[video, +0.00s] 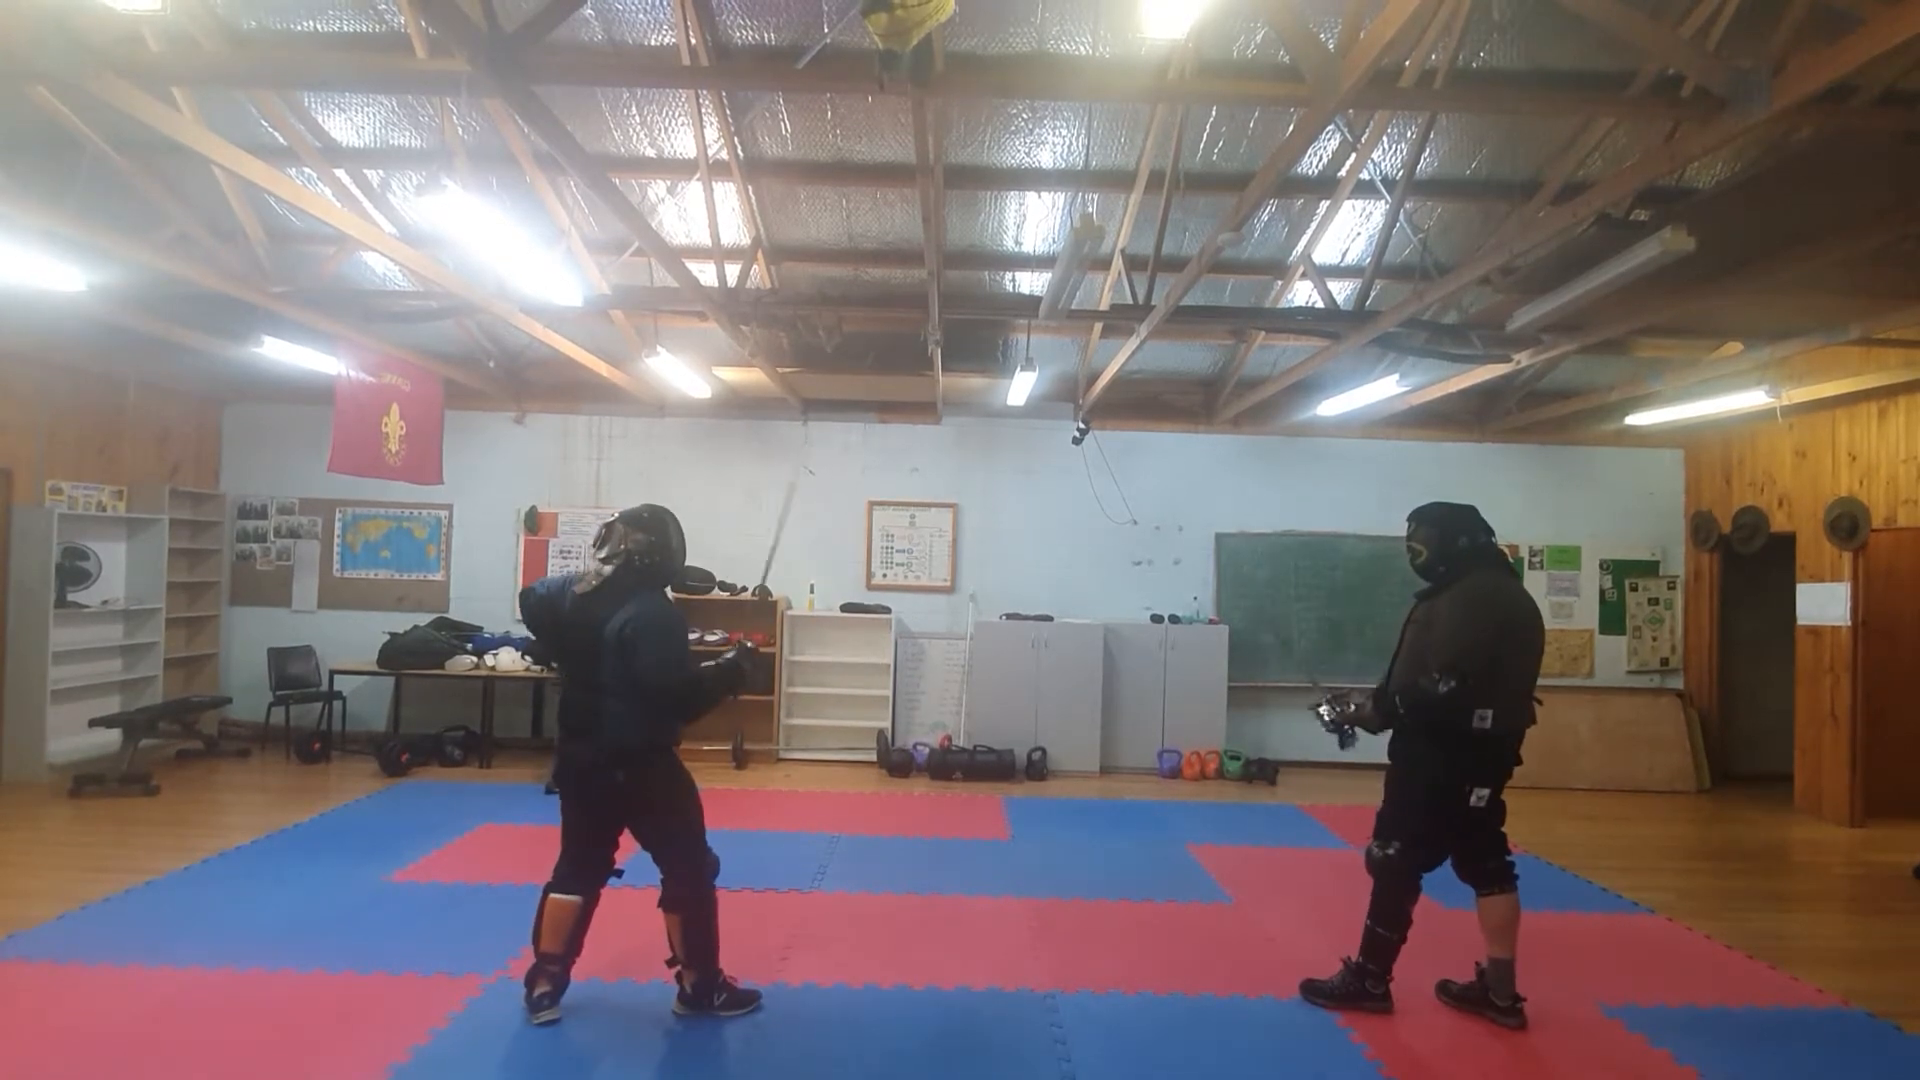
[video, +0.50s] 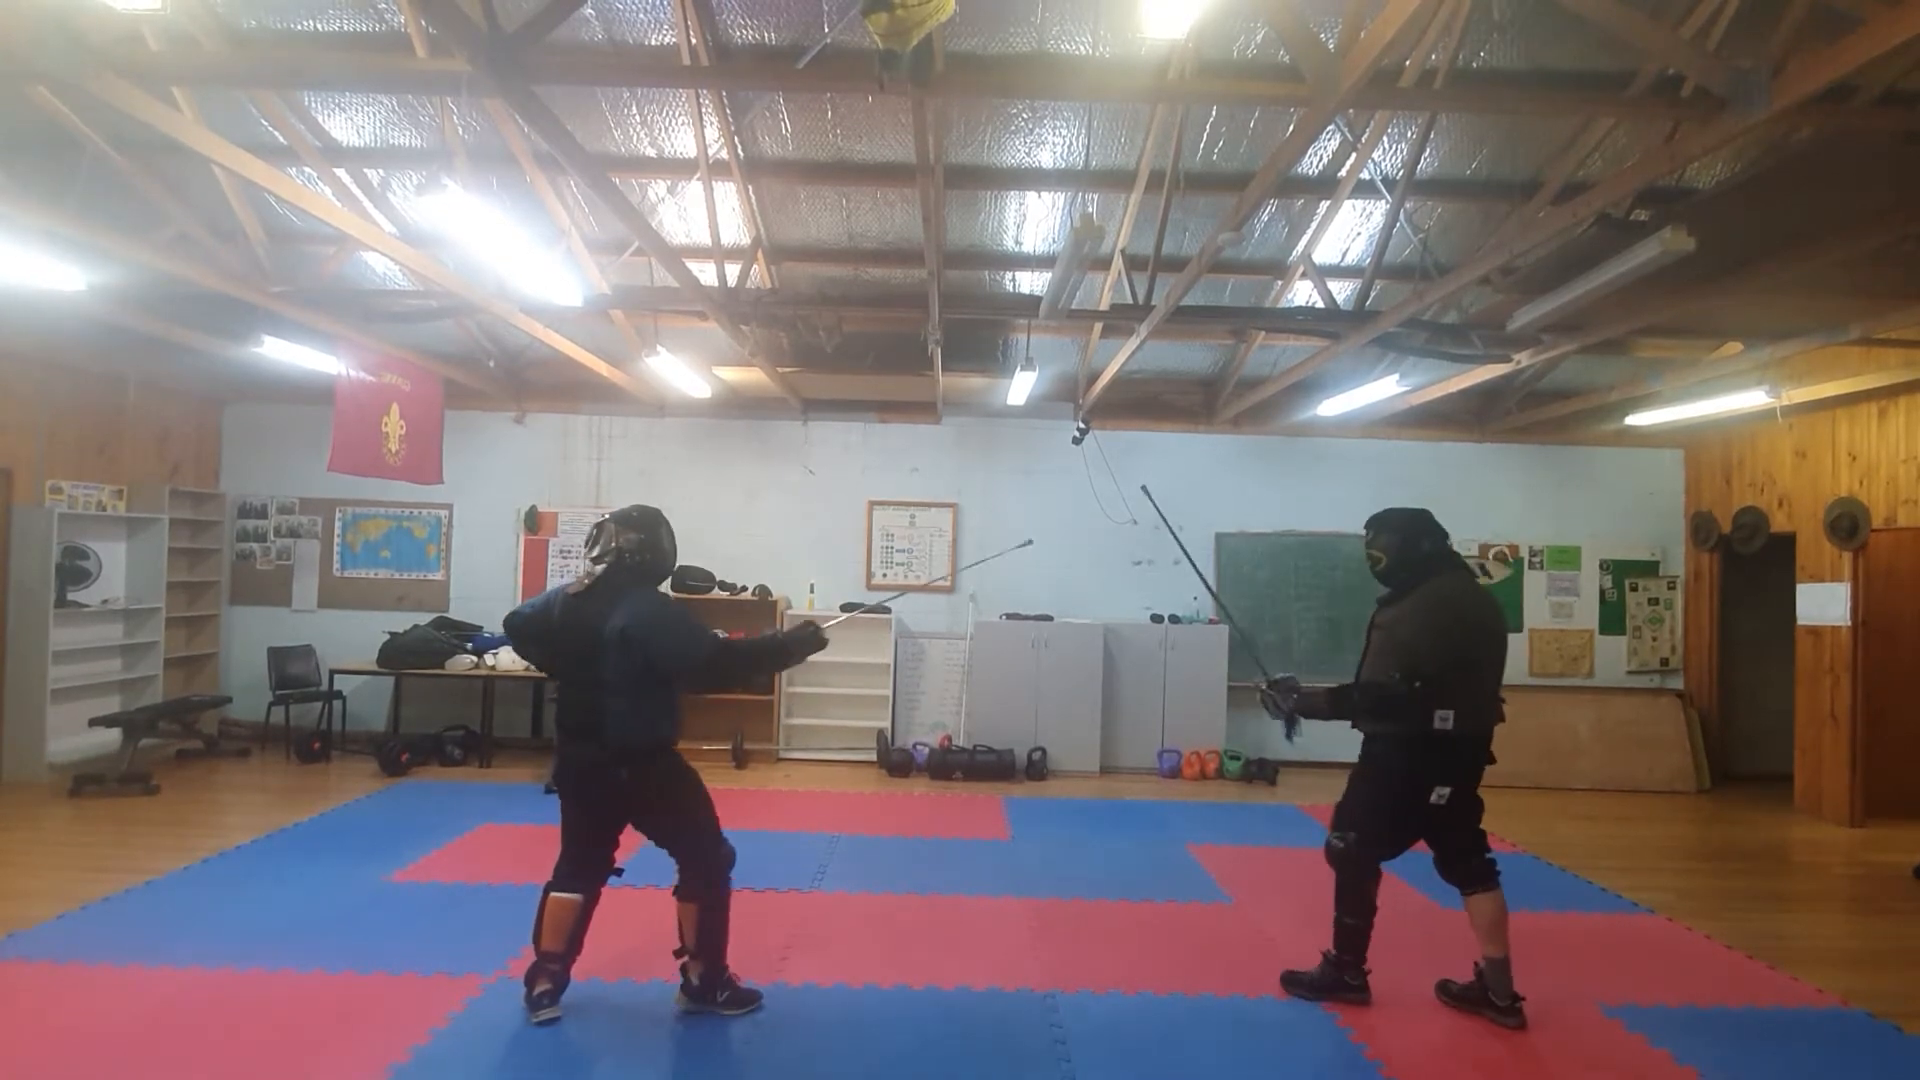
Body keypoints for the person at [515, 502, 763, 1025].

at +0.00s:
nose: (676, 563)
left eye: (674, 554)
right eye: (673, 554)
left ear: (613, 547)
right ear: (663, 554)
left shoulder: (580, 601)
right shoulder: (655, 615)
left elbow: (532, 601)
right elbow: (674, 700)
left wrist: (581, 581)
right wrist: (728, 672)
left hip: (581, 766)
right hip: (646, 768)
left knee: (578, 864)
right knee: (689, 865)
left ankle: (545, 983)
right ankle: (700, 983)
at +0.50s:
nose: (668, 563)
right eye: (665, 554)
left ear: (603, 549)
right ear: (657, 555)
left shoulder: (569, 608)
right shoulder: (655, 613)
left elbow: (518, 624)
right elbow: (715, 660)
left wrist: (567, 596)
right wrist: (794, 642)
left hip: (583, 771)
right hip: (649, 770)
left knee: (578, 865)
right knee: (705, 858)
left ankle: (545, 982)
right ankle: (704, 980)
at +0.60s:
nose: (678, 565)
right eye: (674, 556)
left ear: (610, 554)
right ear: (667, 557)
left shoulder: (577, 609)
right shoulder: (664, 615)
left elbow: (525, 623)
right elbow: (732, 650)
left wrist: (581, 593)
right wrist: (814, 637)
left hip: (585, 770)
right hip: (653, 768)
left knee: (580, 863)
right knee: (707, 859)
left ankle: (545, 980)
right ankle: (725, 980)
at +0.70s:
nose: (692, 565)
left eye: (618, 551)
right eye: (688, 554)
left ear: (624, 555)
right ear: (682, 557)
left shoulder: (593, 612)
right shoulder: (685, 617)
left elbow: (539, 628)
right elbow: (750, 653)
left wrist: (592, 594)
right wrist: (829, 636)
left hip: (599, 773)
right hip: (668, 774)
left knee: (584, 868)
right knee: (704, 872)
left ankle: (544, 985)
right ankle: (739, 983)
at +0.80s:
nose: (708, 569)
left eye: (641, 551)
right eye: (706, 558)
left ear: (640, 554)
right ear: (700, 559)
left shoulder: (602, 610)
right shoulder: (704, 620)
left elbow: (549, 635)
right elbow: (770, 654)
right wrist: (846, 633)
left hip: (616, 773)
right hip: (687, 774)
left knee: (591, 868)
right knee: (721, 870)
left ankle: (547, 982)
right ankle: (741, 983)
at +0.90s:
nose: (723, 566)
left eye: (661, 551)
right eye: (721, 557)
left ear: (657, 555)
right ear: (716, 559)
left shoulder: (621, 608)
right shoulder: (718, 616)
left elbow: (573, 624)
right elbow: (781, 652)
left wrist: (625, 590)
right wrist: (855, 635)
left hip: (635, 769)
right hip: (706, 772)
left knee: (602, 864)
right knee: (742, 866)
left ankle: (551, 978)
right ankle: (745, 983)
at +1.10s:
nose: (735, 570)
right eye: (734, 560)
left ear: (670, 555)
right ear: (729, 562)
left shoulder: (637, 612)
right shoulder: (736, 619)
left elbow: (584, 627)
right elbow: (801, 654)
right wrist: (870, 637)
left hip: (646, 769)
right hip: (719, 770)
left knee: (627, 862)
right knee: (757, 862)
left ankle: (594, 981)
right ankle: (745, 983)